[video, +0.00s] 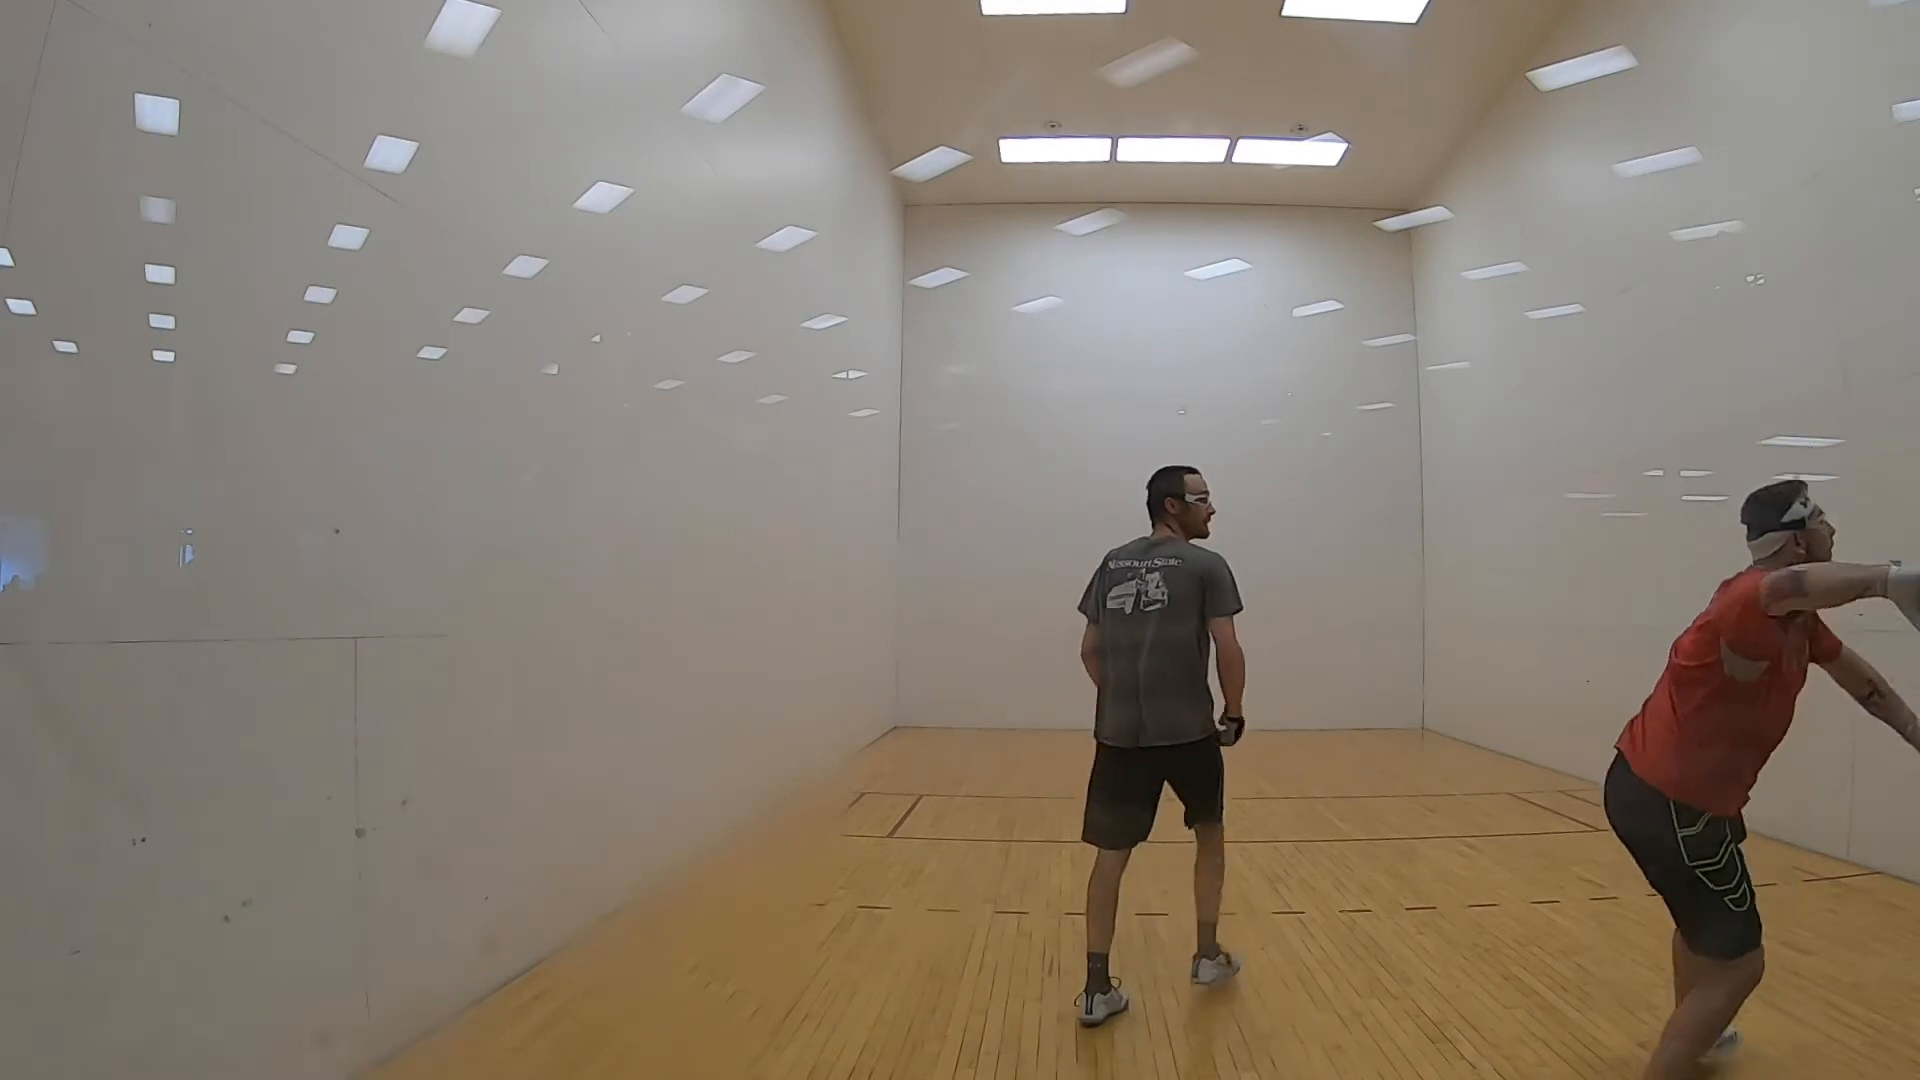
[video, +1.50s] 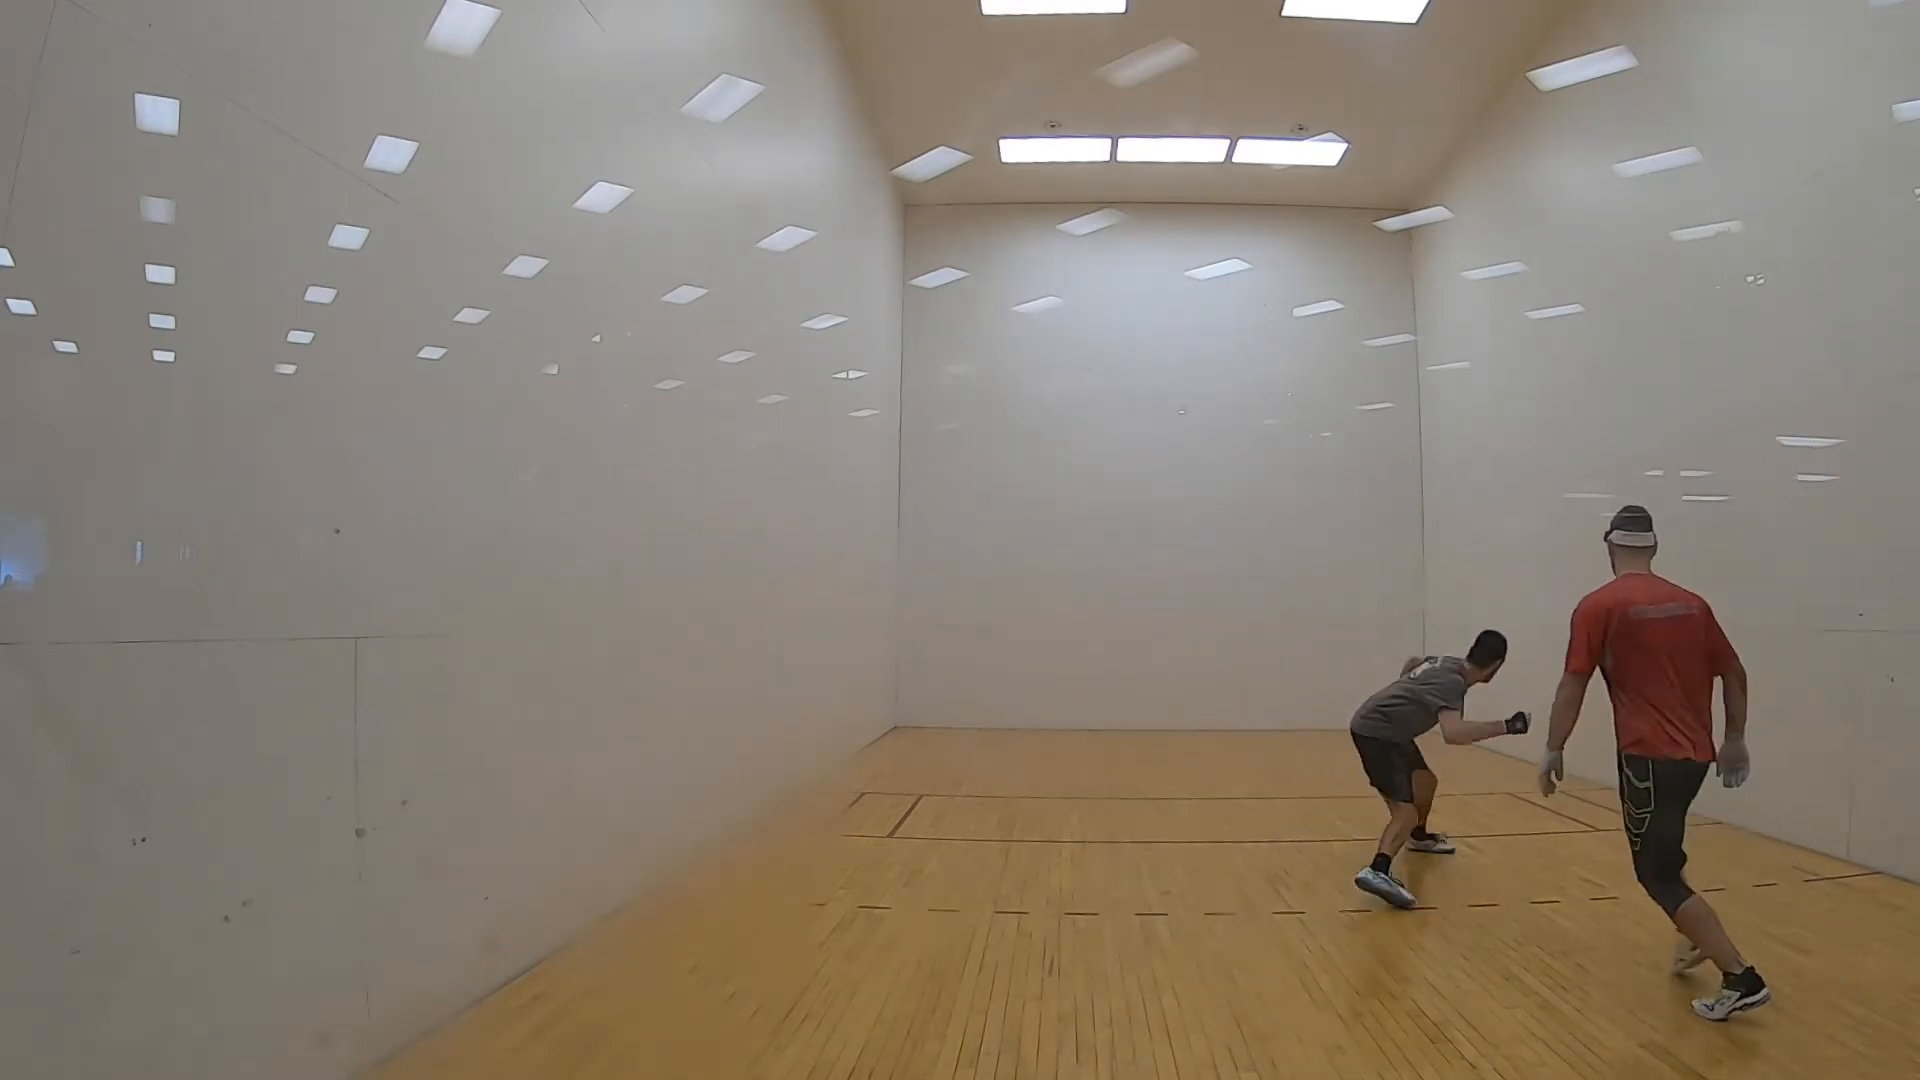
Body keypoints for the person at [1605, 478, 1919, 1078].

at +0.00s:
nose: (1833, 547)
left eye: (1830, 537)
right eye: (1826, 537)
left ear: (1778, 546)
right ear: (1796, 546)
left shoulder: (1800, 622)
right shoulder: (1749, 597)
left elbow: (1867, 686)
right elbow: (1793, 583)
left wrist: (1915, 732)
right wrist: (1893, 579)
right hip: (1671, 806)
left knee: (1703, 925)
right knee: (1739, 966)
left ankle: (1694, 1033)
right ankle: (1666, 1067)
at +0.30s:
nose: (1831, 641)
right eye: (1834, 633)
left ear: (1781, 609)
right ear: (1825, 637)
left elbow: (1625, 662)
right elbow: (1839, 797)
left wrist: (1597, 716)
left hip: (1628, 814)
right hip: (1692, 855)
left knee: (1675, 894)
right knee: (1704, 974)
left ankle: (1674, 997)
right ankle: (1673, 1047)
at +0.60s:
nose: (1718, 553)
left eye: (1720, 545)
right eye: (1726, 547)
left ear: (1723, 547)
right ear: (1770, 556)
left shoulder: (1719, 601)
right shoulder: (1772, 609)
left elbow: (1699, 676)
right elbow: (1691, 615)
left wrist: (1630, 720)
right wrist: (1667, 595)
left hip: (1701, 779)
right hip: (1758, 787)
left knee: (1664, 878)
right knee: (1740, 896)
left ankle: (1701, 992)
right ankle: (1797, 981)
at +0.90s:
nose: (1719, 539)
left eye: (1718, 531)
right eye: (1724, 531)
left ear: (1721, 532)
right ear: (1768, 535)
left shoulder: (1729, 588)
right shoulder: (1786, 594)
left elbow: (1736, 664)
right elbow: (1758, 674)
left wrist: (1714, 749)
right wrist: (1689, 691)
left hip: (1742, 762)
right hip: (1788, 762)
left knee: (1683, 859)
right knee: (1783, 870)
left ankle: (1715, 989)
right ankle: (1837, 983)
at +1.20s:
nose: (1698, 530)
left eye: (1697, 522)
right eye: (1707, 522)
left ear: (1699, 523)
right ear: (1744, 524)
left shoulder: (1699, 581)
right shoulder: (1773, 580)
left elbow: (1703, 657)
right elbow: (1789, 662)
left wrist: (1688, 739)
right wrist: (1787, 738)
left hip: (1723, 749)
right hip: (1780, 751)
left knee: (1666, 850)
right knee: (1797, 863)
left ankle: (1718, 966)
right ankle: (1837, 982)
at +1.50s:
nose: (1612, 555)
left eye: (1609, 547)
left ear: (1609, 546)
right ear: (1654, 549)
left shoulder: (1599, 606)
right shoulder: (1692, 604)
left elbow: (1572, 687)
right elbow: (1734, 674)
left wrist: (1554, 749)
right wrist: (1735, 737)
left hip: (1646, 757)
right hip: (1696, 755)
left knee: (1657, 872)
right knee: (1662, 847)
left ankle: (1741, 977)